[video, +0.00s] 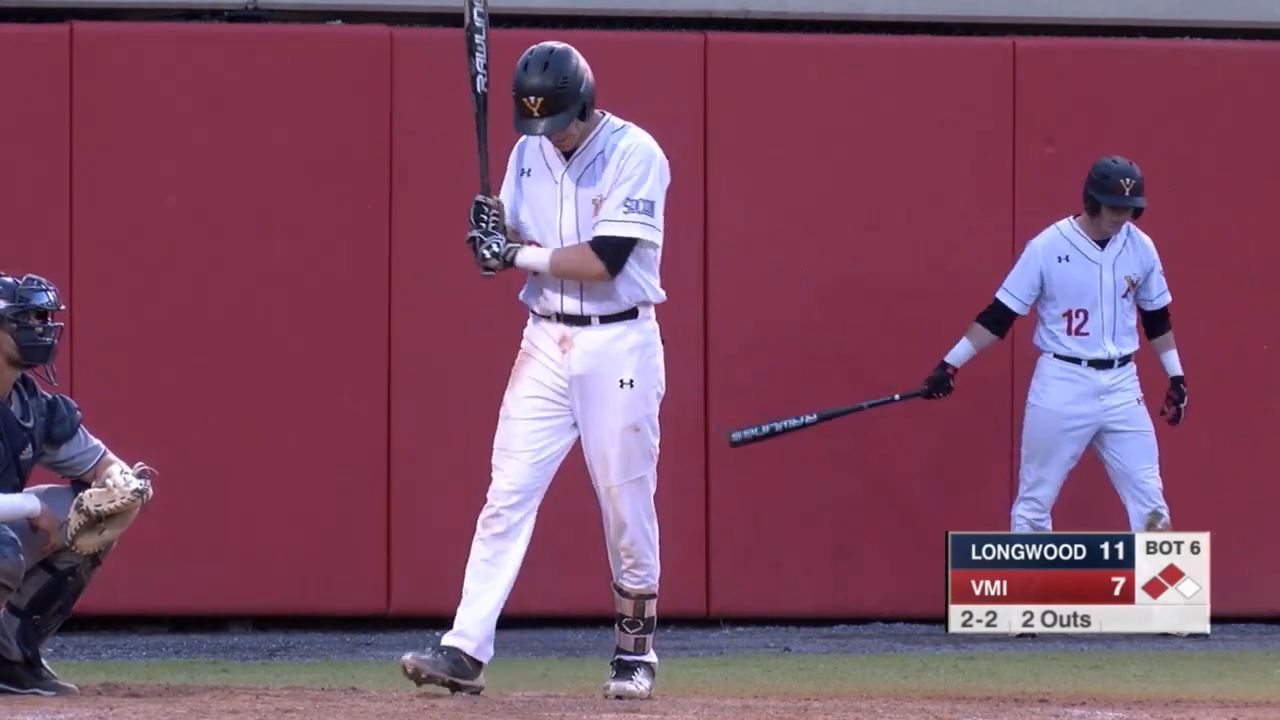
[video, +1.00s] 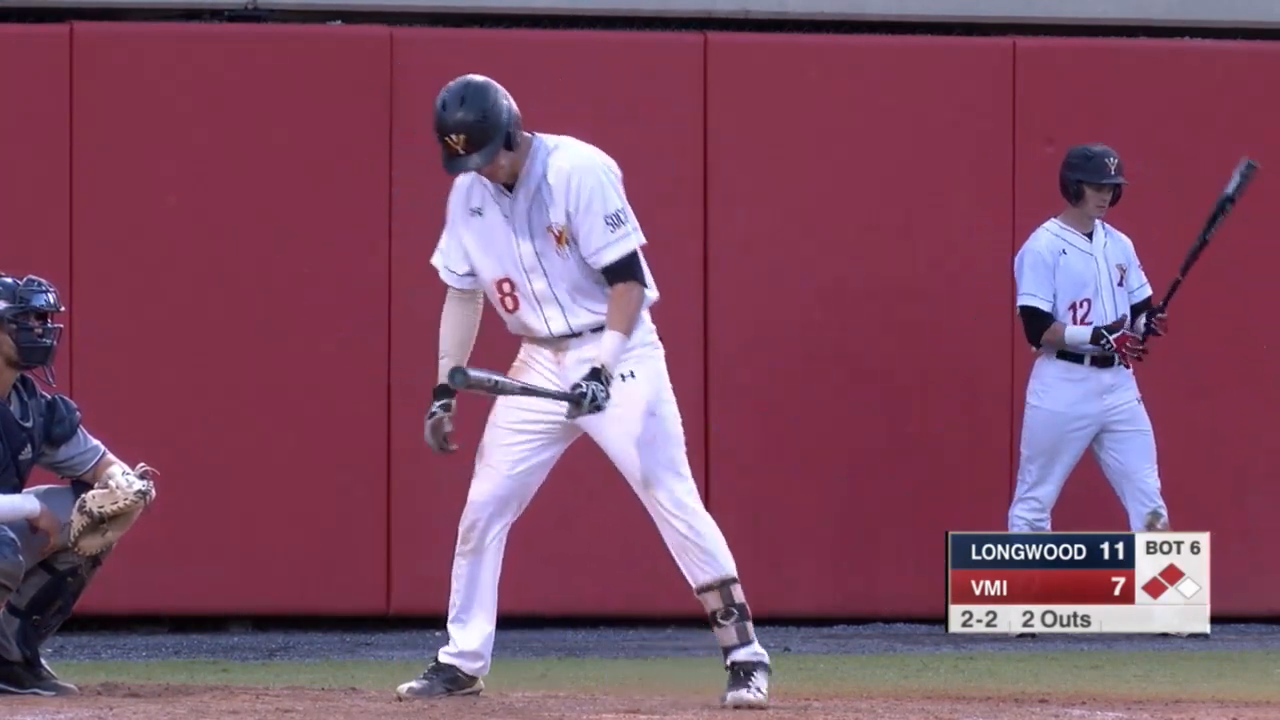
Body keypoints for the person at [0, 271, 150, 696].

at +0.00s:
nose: (38, 328)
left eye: (41, 318)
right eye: (23, 319)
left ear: (48, 325)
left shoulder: (37, 406)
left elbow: (97, 461)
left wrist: (125, 484)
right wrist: (27, 505)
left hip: (9, 522)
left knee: (96, 511)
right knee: (11, 545)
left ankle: (15, 652)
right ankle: (8, 653)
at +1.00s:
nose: (38, 330)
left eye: (41, 321)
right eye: (23, 320)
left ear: (46, 327)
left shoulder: (35, 405)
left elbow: (98, 463)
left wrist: (128, 485)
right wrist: (26, 507)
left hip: (9, 522)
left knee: (93, 513)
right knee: (9, 547)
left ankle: (15, 651)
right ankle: (8, 654)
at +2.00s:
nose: (30, 339)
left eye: (38, 331)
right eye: (20, 327)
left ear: (48, 336)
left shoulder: (39, 408)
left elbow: (106, 469)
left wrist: (159, 498)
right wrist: (4, 463)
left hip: (6, 535)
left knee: (94, 510)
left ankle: (14, 650)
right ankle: (11, 651)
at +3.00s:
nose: (29, 325)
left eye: (34, 315)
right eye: (17, 314)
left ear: (41, 321)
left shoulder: (23, 395)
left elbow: (107, 466)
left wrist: (183, 512)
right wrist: (21, 427)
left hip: (5, 528)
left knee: (98, 515)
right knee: (8, 561)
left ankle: (14, 651)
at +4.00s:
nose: (31, 322)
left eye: (36, 312)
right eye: (18, 312)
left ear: (44, 318)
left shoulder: (34, 404)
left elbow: (110, 472)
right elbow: (8, 513)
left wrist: (186, 532)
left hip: (3, 526)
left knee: (98, 515)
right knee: (5, 559)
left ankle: (13, 652)